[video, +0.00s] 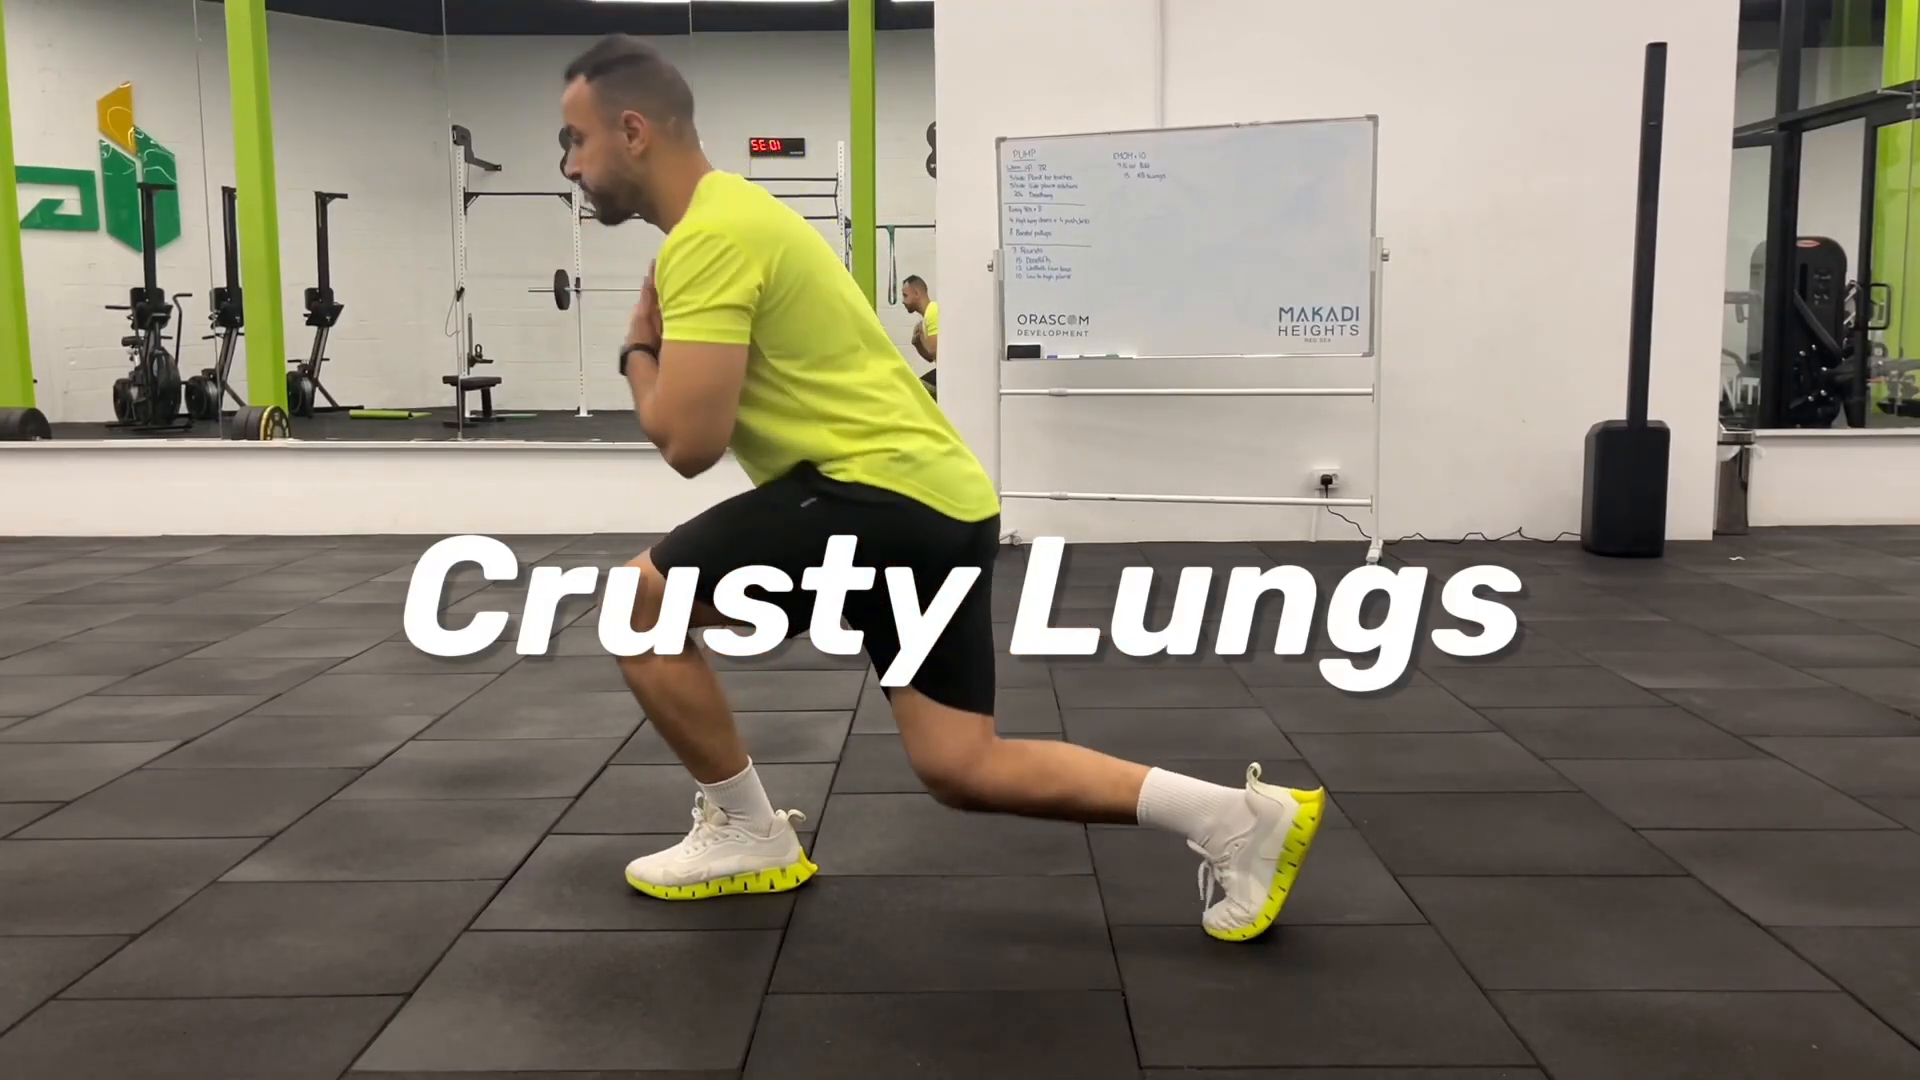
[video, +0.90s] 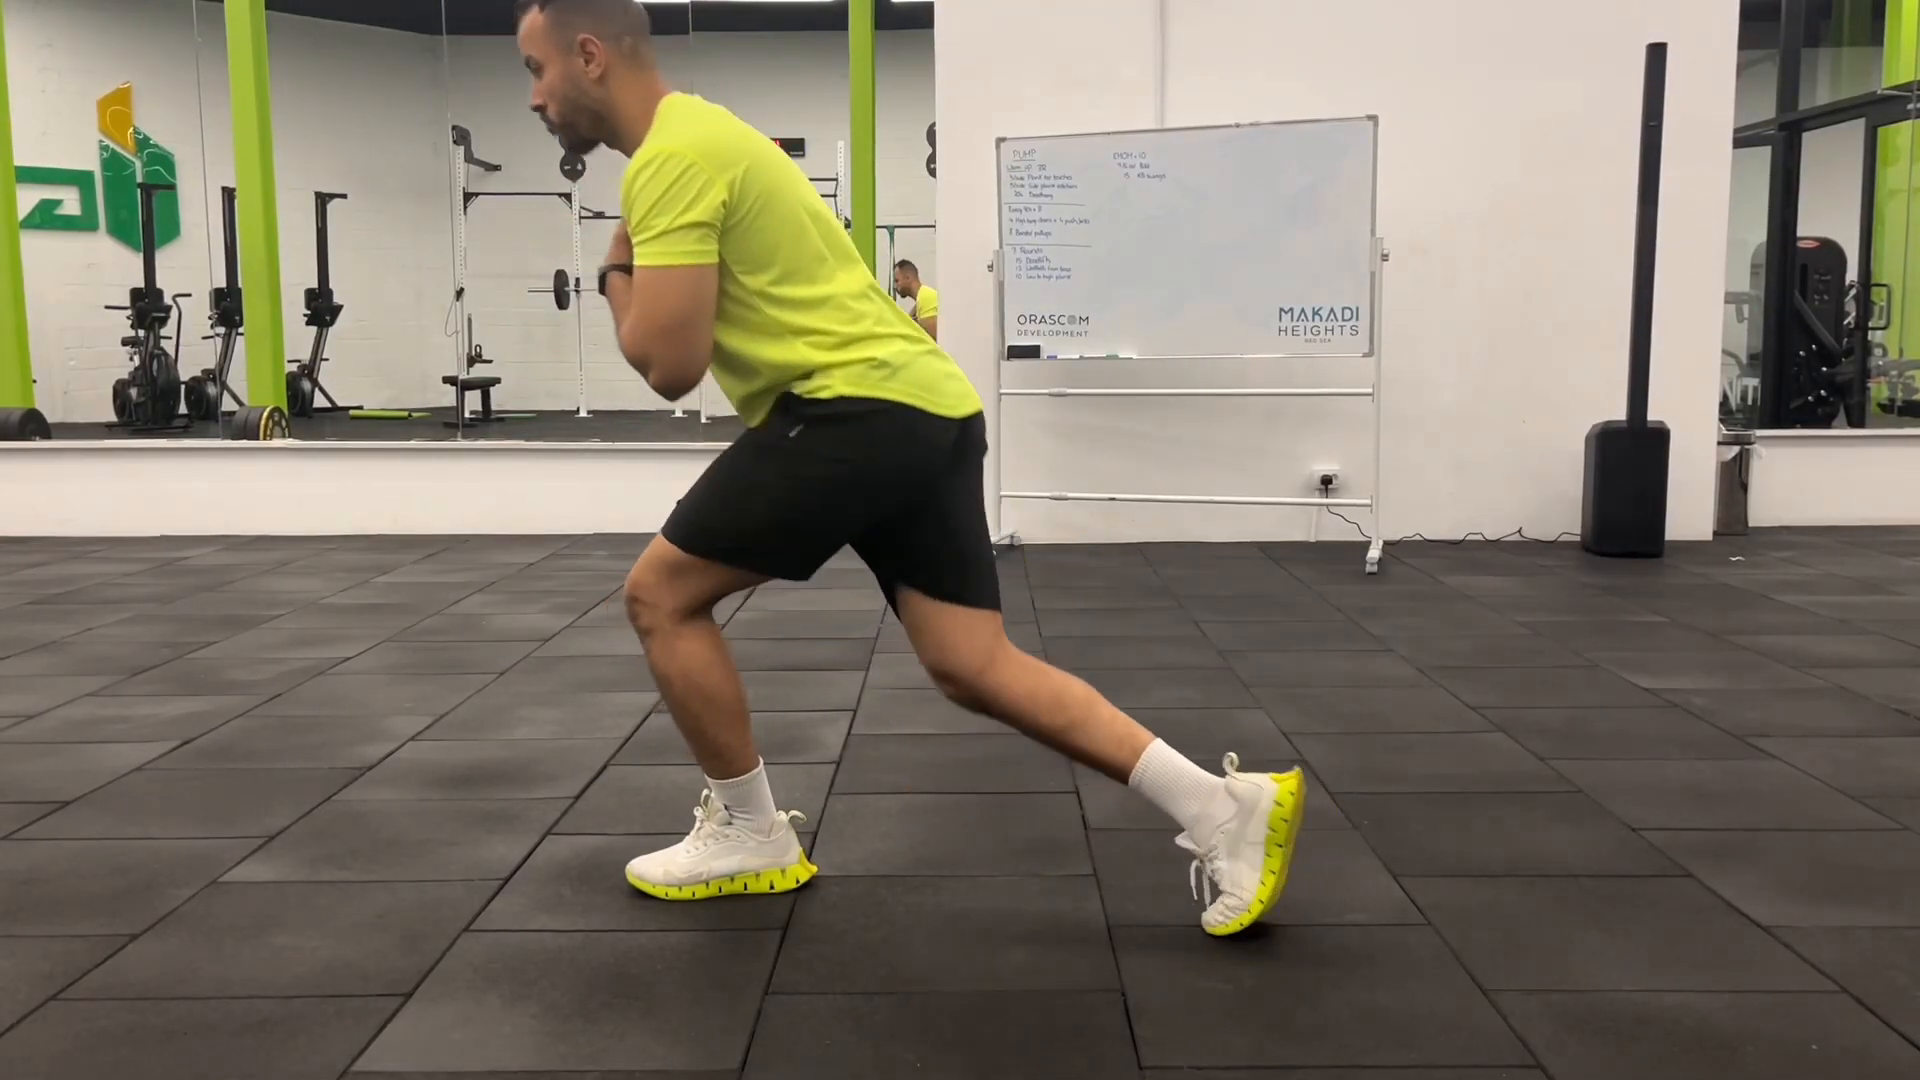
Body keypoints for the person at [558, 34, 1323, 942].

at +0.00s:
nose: (566, 165)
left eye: (574, 140)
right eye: (563, 143)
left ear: (634, 132)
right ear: (647, 132)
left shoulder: (715, 231)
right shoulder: (740, 218)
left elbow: (689, 443)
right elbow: (717, 416)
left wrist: (640, 353)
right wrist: (661, 361)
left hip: (876, 494)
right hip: (947, 502)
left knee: (648, 609)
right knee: (959, 763)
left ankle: (747, 829)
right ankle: (1235, 819)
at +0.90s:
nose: (531, 98)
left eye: (535, 70)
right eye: (526, 74)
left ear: (595, 58)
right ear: (608, 58)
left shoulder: (673, 156)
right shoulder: (718, 140)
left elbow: (667, 364)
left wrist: (618, 275)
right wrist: (651, 273)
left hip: (852, 412)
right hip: (932, 409)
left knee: (661, 597)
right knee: (973, 661)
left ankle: (748, 832)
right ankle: (1220, 810)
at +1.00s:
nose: (499, 67)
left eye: (502, 39)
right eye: (492, 42)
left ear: (560, 23)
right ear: (571, 27)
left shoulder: (650, 116)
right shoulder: (676, 104)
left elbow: (649, 326)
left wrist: (590, 248)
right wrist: (616, 247)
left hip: (827, 376)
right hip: (904, 368)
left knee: (671, 590)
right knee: (956, 620)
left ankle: (749, 829)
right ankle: (1182, 775)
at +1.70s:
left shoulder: (655, 8)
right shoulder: (636, 14)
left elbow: (593, 180)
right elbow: (596, 175)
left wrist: (556, 89)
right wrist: (573, 107)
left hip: (719, 306)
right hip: (702, 306)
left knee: (695, 563)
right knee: (689, 554)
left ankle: (755, 822)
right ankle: (731, 760)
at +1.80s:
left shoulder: (660, 8)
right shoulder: (630, 16)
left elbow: (594, 175)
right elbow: (603, 169)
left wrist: (556, 84)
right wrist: (575, 88)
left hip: (719, 302)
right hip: (686, 305)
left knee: (700, 554)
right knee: (666, 541)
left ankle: (757, 823)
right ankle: (729, 757)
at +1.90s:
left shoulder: (660, 9)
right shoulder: (631, 16)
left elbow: (591, 173)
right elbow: (599, 168)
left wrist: (555, 83)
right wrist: (575, 85)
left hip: (718, 303)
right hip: (683, 305)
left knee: (704, 552)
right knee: (664, 538)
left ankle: (757, 824)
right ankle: (730, 758)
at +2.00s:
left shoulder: (663, 9)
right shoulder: (633, 18)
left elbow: (595, 174)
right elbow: (604, 167)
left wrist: (557, 85)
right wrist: (576, 89)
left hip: (720, 305)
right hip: (685, 308)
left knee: (702, 555)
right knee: (667, 540)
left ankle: (757, 824)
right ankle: (730, 758)